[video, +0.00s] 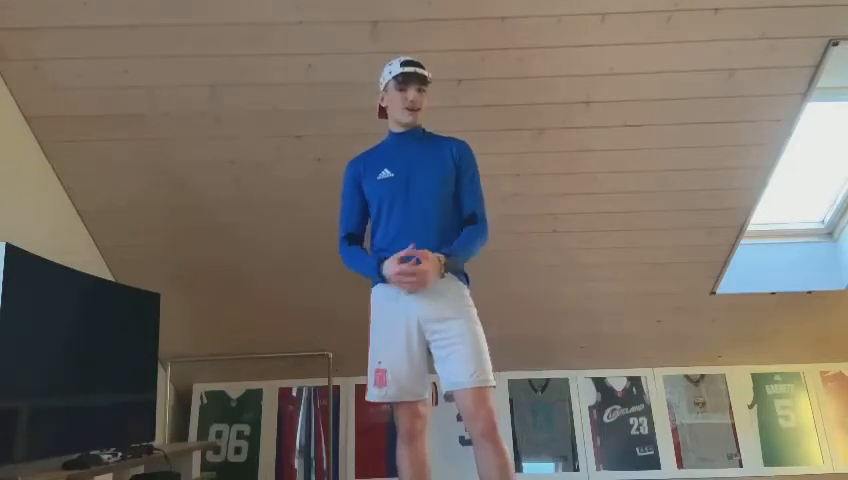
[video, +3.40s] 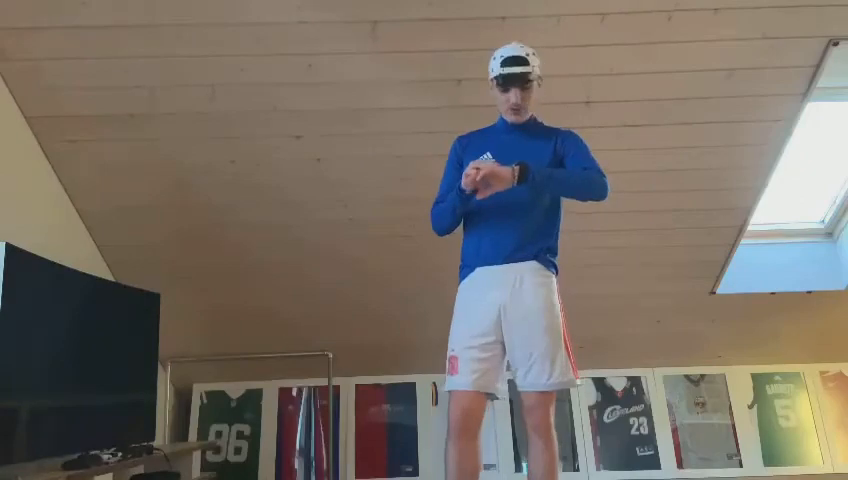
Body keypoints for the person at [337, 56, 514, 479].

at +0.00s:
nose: (413, 95)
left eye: (420, 88)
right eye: (402, 87)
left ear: (428, 97)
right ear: (383, 99)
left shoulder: (456, 151)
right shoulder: (362, 166)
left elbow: (478, 227)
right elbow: (349, 243)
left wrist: (444, 261)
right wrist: (381, 268)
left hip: (448, 295)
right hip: (392, 301)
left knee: (483, 418)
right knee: (410, 422)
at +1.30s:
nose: (452, 107)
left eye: (460, 98)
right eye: (443, 96)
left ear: (469, 96)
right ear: (421, 91)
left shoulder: (487, 146)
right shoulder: (391, 158)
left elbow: (534, 206)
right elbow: (374, 239)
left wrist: (487, 222)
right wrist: (410, 230)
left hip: (486, 289)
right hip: (429, 293)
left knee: (513, 409)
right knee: (430, 420)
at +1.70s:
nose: (498, 106)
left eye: (509, 97)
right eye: (490, 94)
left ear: (519, 94)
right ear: (472, 84)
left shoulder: (534, 141)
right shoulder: (439, 146)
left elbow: (576, 195)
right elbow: (409, 223)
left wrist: (511, 182)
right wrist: (455, 192)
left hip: (522, 288)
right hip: (463, 293)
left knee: (532, 413)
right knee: (447, 419)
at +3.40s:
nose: (515, 97)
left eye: (524, 87)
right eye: (506, 88)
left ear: (536, 86)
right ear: (494, 88)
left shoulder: (560, 141)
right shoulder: (467, 146)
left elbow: (597, 186)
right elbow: (440, 223)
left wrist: (519, 173)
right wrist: (465, 190)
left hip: (533, 285)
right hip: (476, 287)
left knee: (538, 416)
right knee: (462, 415)